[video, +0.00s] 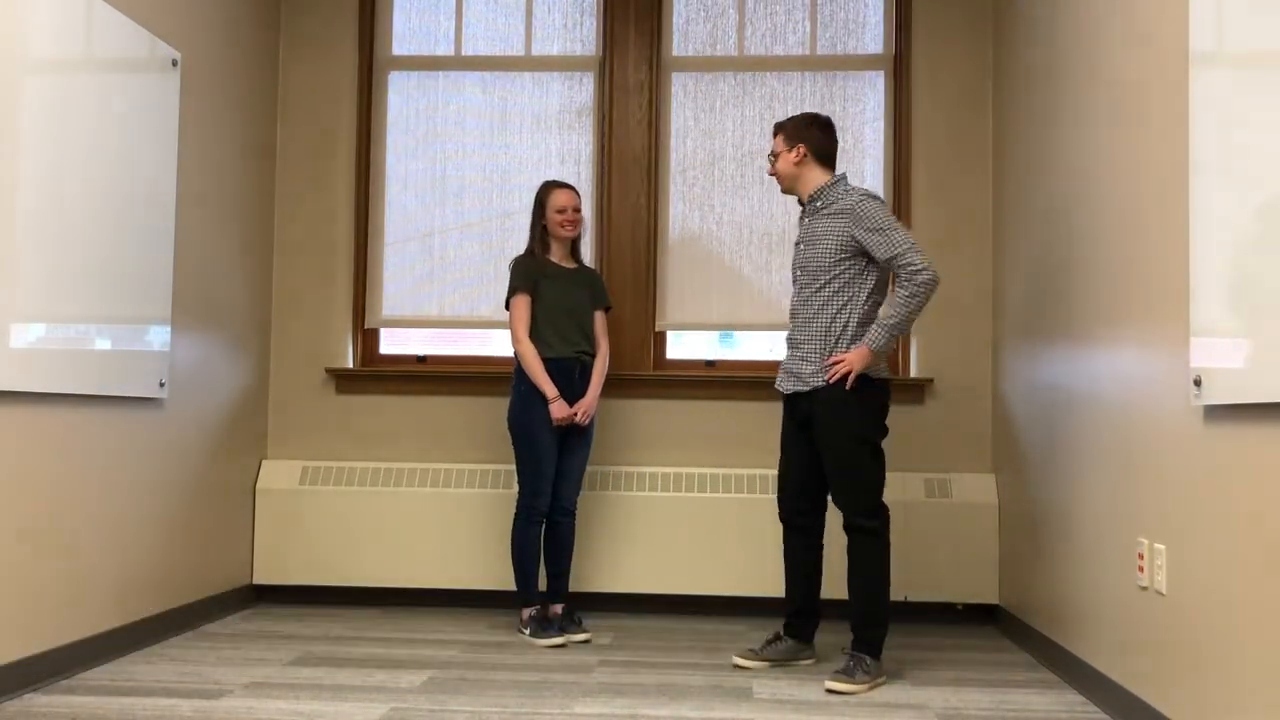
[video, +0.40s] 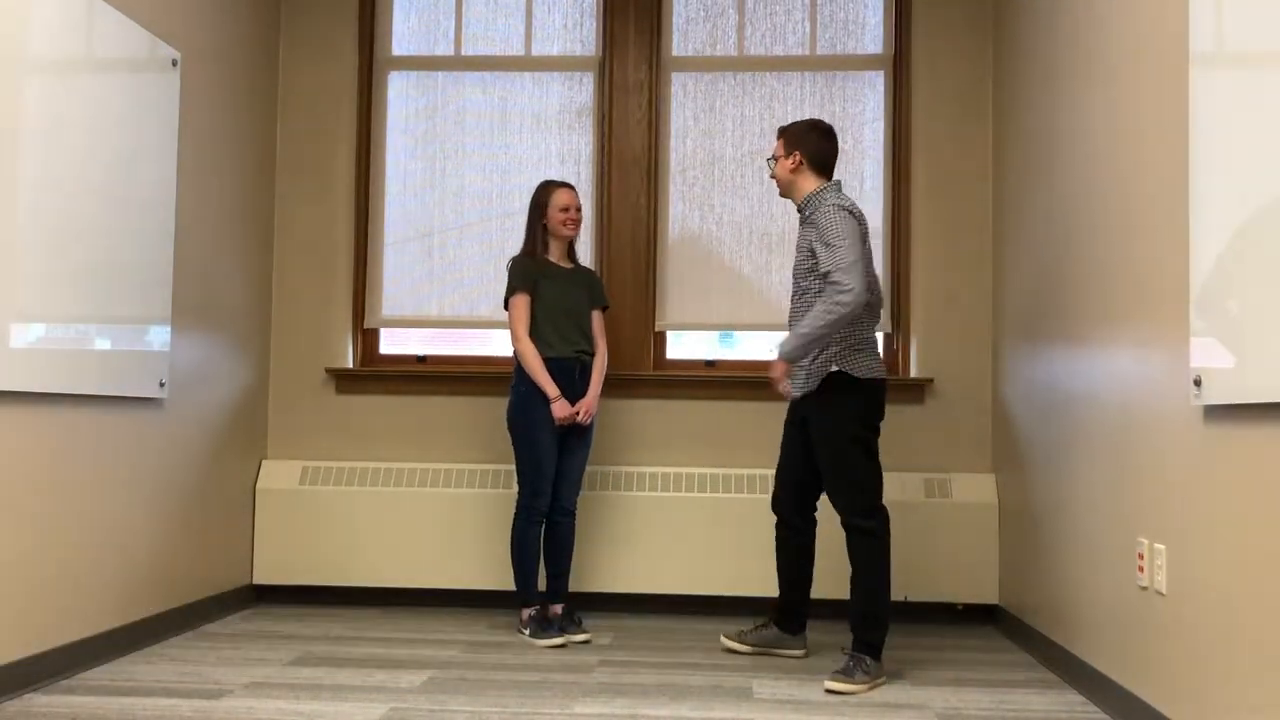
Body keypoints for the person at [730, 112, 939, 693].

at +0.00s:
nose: (770, 166)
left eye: (775, 155)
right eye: (771, 157)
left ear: (799, 153)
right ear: (803, 153)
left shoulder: (853, 205)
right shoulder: (812, 213)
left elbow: (919, 275)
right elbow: (844, 291)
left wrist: (869, 347)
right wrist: (801, 355)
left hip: (848, 392)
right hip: (804, 392)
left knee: (862, 519)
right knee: (800, 515)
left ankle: (866, 653)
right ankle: (796, 637)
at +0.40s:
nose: (771, 167)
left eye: (776, 158)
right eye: (773, 158)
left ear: (799, 160)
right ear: (808, 160)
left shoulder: (833, 211)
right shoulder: (816, 214)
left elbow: (854, 292)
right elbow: (853, 299)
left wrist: (786, 351)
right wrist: (801, 360)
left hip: (846, 385)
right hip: (817, 384)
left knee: (862, 517)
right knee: (792, 505)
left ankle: (867, 653)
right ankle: (788, 626)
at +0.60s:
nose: (763, 173)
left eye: (768, 164)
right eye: (765, 164)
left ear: (790, 166)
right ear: (797, 167)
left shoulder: (820, 224)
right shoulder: (802, 225)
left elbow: (796, 317)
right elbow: (797, 321)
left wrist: (722, 355)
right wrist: (742, 360)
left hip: (827, 389)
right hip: (800, 388)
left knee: (846, 518)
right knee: (777, 507)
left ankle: (865, 653)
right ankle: (781, 626)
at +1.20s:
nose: (733, 178)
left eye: (739, 168)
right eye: (734, 169)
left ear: (763, 170)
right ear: (768, 171)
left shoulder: (783, 223)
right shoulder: (775, 224)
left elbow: (743, 306)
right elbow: (746, 317)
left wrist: (672, 332)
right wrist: (681, 337)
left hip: (779, 382)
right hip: (770, 380)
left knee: (772, 505)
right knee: (768, 504)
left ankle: (779, 632)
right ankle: (774, 626)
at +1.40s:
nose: (730, 179)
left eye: (736, 169)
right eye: (731, 170)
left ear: (762, 172)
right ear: (766, 173)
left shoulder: (776, 225)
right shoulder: (773, 224)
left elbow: (741, 311)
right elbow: (741, 311)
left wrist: (672, 329)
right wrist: (677, 328)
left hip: (770, 383)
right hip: (766, 381)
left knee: (760, 506)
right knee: (763, 504)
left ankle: (778, 631)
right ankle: (773, 626)